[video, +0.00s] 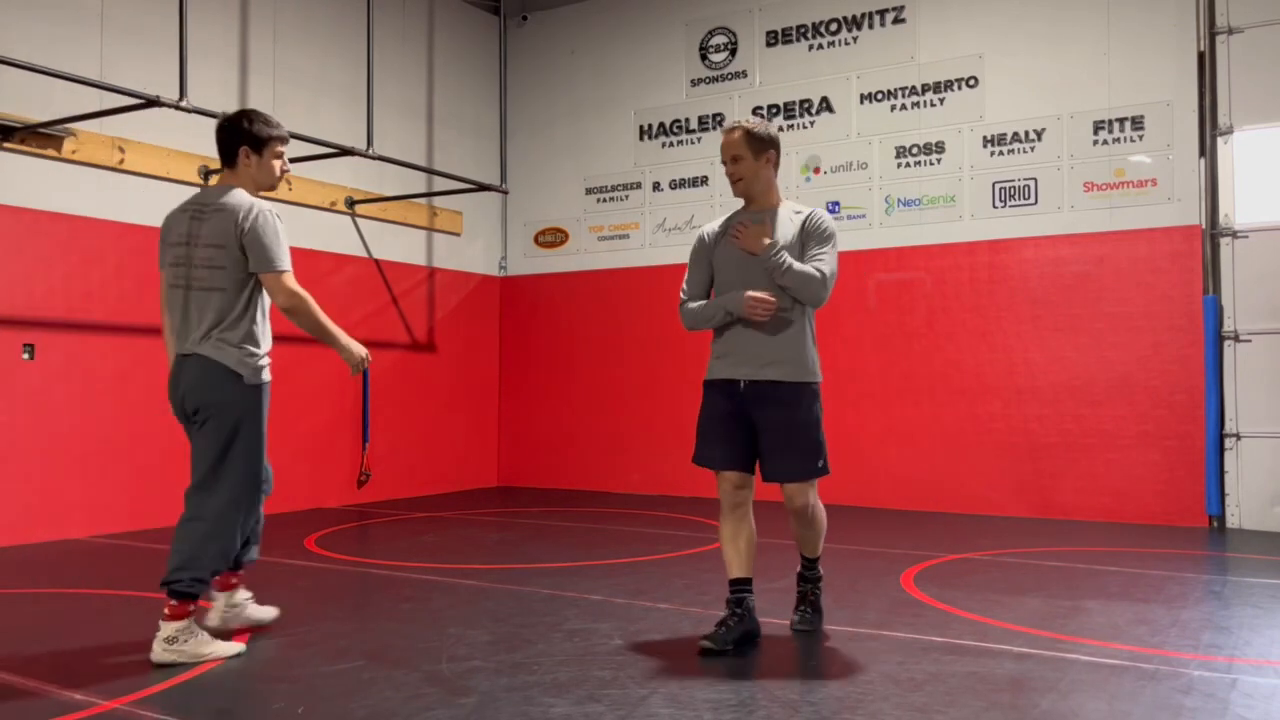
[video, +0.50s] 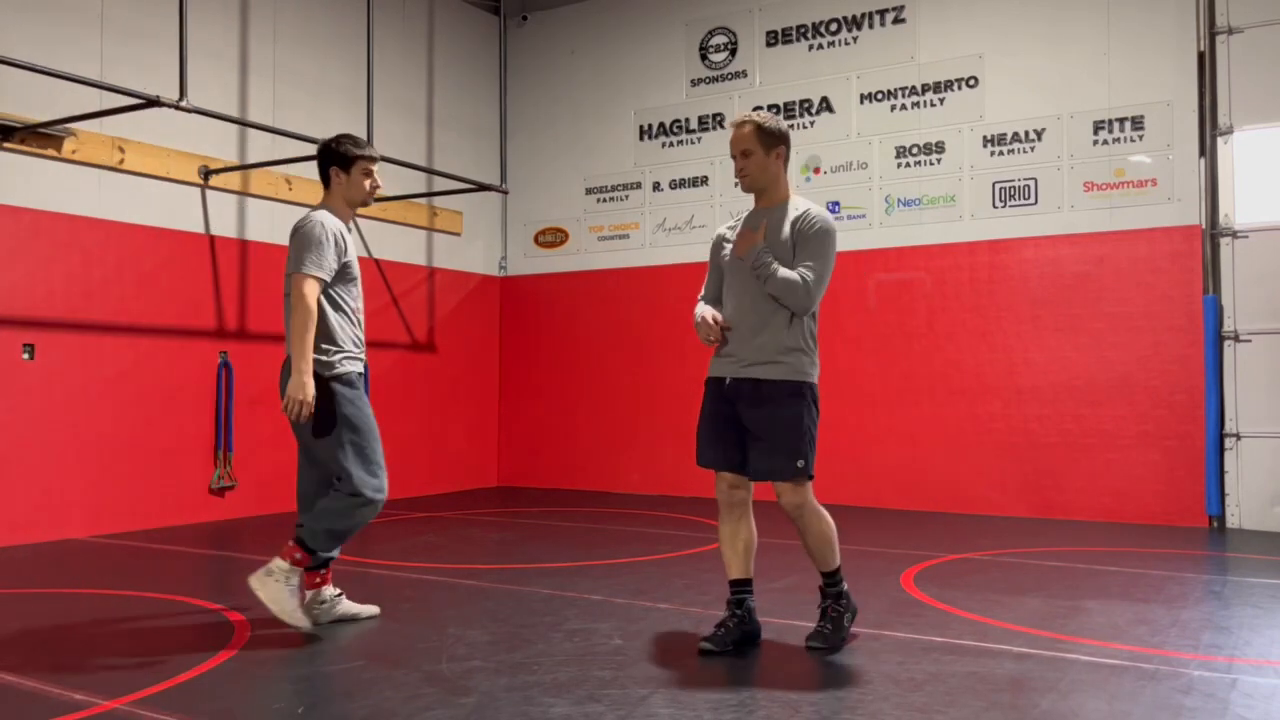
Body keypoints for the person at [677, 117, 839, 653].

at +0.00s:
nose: (727, 172)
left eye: (735, 161)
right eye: (724, 163)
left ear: (768, 159)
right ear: (730, 168)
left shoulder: (812, 224)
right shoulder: (711, 238)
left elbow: (817, 290)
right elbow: (690, 313)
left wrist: (764, 251)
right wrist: (733, 303)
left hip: (789, 381)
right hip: (727, 382)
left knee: (800, 499)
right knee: (733, 493)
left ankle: (810, 587)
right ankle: (740, 612)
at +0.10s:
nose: (721, 174)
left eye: (729, 163)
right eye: (718, 165)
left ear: (762, 161)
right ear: (731, 168)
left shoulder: (807, 227)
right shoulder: (708, 240)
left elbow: (806, 293)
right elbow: (683, 315)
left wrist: (755, 256)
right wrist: (717, 311)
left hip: (784, 382)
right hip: (724, 384)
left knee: (795, 499)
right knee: (731, 495)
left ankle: (813, 570)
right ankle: (740, 613)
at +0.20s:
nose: (721, 172)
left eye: (728, 161)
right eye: (717, 164)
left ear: (761, 159)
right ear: (725, 168)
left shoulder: (804, 224)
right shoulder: (709, 239)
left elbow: (802, 295)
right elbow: (682, 310)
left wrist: (753, 257)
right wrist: (706, 317)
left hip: (780, 379)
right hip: (722, 381)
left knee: (783, 495)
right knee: (730, 495)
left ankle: (817, 561)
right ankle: (740, 613)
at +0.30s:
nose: (722, 170)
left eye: (729, 159)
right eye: (719, 161)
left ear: (763, 157)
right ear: (726, 165)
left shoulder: (805, 223)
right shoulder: (714, 236)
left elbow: (802, 295)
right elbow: (686, 303)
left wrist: (753, 255)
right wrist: (698, 318)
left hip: (779, 376)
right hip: (724, 377)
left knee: (775, 493)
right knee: (730, 492)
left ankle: (825, 579)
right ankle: (740, 613)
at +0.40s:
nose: (727, 169)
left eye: (735, 159)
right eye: (724, 160)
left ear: (769, 157)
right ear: (731, 164)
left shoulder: (808, 224)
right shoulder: (721, 237)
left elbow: (802, 296)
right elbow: (693, 301)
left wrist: (751, 258)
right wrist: (697, 316)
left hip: (780, 379)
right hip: (725, 379)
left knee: (779, 496)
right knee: (731, 494)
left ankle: (832, 595)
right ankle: (741, 614)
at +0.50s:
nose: (737, 166)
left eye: (745, 155)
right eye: (733, 157)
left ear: (778, 156)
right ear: (737, 163)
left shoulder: (813, 224)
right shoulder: (728, 234)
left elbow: (804, 296)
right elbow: (708, 299)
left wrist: (754, 257)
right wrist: (703, 312)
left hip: (786, 381)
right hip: (729, 380)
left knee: (794, 497)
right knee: (732, 494)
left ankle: (837, 601)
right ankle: (741, 615)